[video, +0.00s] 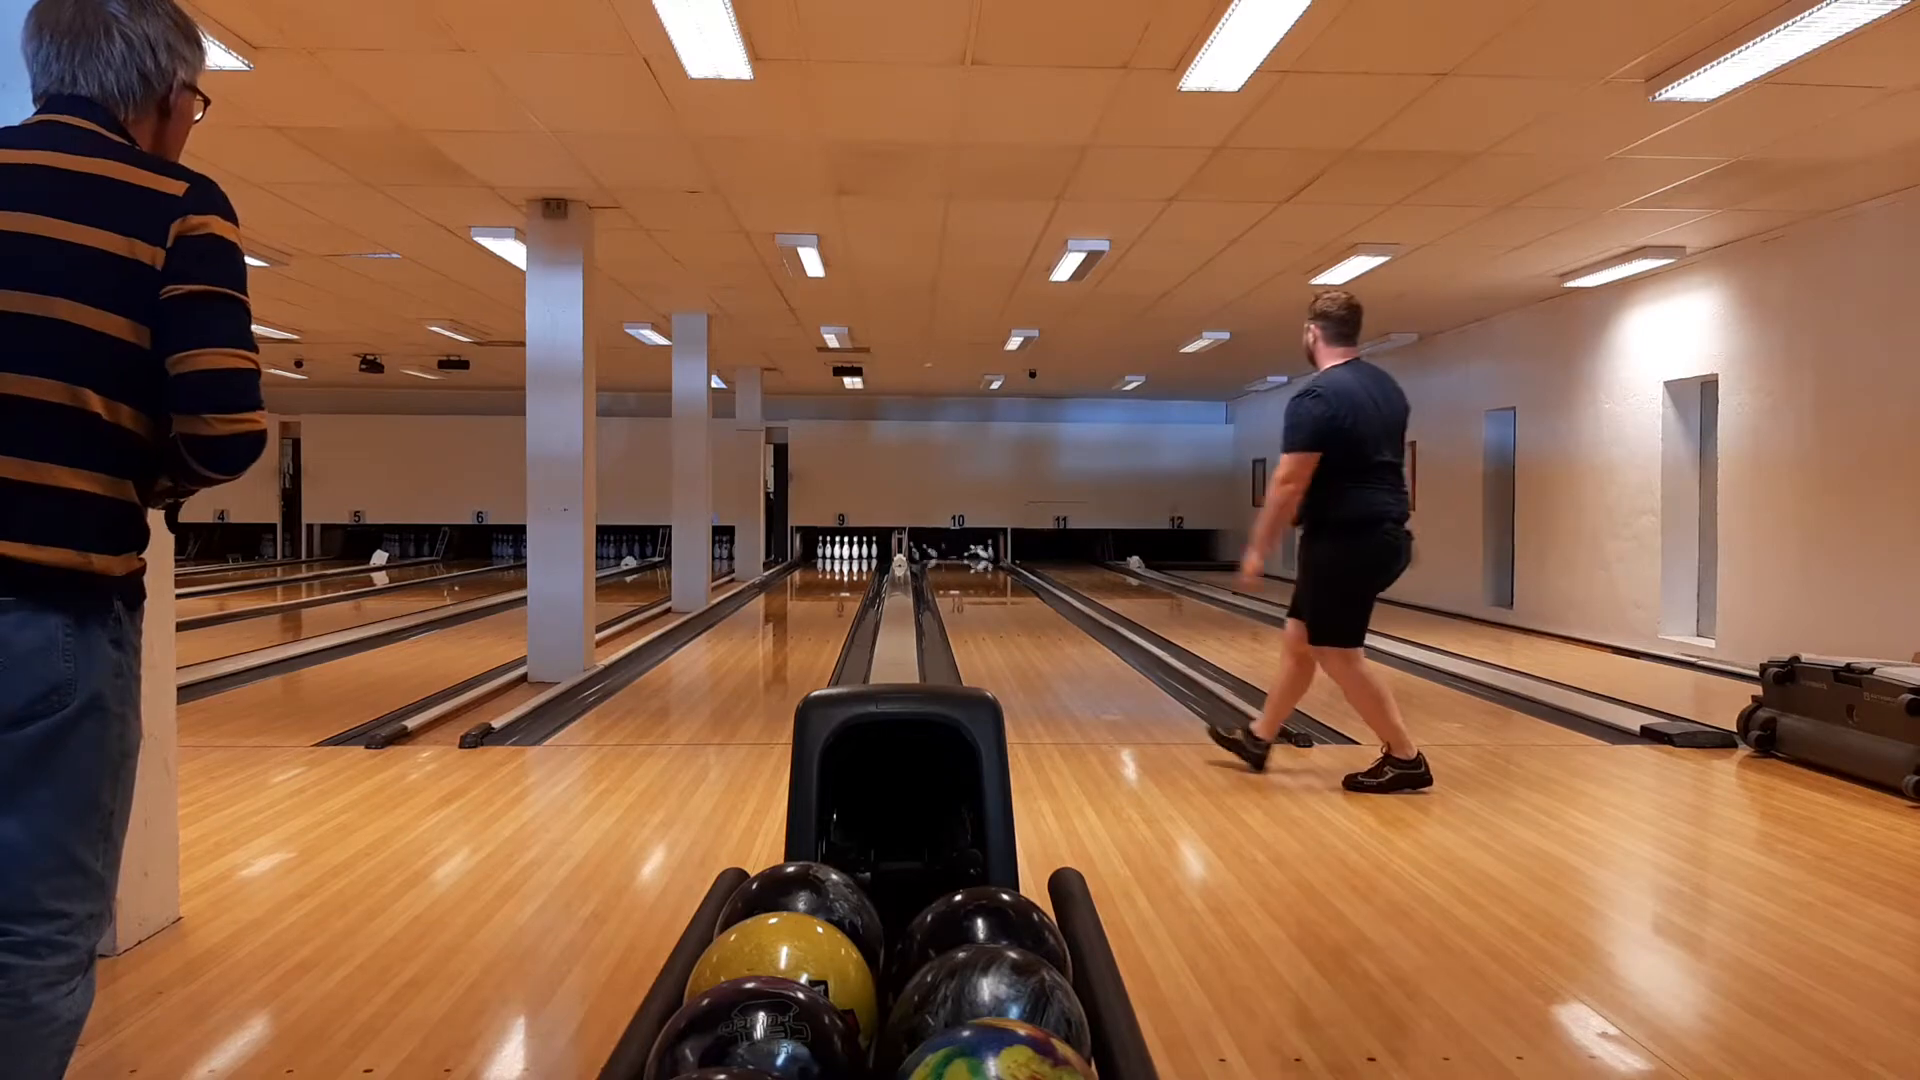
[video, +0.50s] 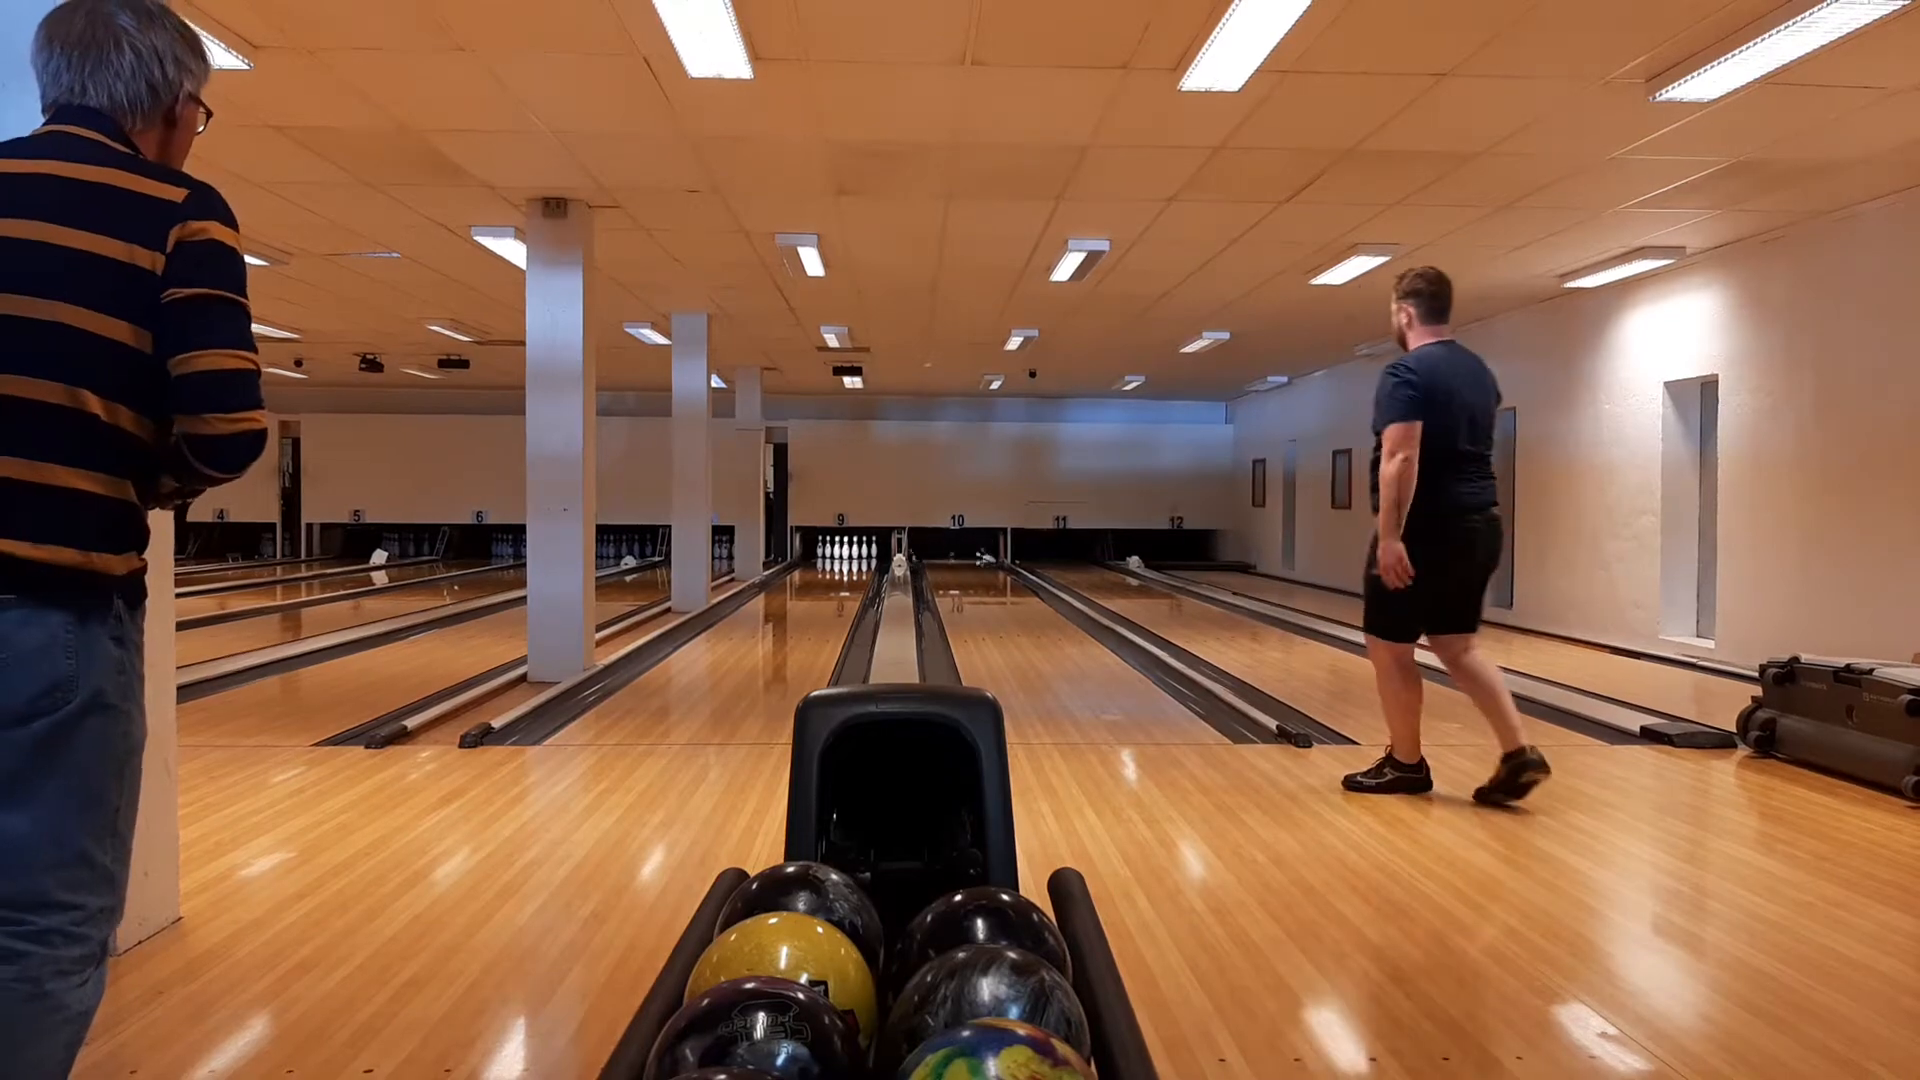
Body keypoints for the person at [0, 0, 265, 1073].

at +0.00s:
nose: (195, 124)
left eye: (196, 102)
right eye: (193, 100)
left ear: (50, 83)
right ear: (159, 99)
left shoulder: (0, 167)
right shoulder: (176, 203)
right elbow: (228, 430)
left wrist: (158, 467)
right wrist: (152, 477)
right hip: (53, 611)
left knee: (34, 925)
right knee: (42, 940)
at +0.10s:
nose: (194, 125)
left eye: (196, 104)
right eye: (194, 102)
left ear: (49, 84)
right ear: (163, 101)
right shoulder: (178, 205)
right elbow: (233, 434)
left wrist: (153, 462)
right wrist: (143, 469)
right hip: (54, 614)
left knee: (32, 926)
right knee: (40, 942)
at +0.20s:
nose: (195, 129)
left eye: (198, 110)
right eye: (197, 108)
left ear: (51, 86)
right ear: (167, 104)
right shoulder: (178, 205)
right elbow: (233, 436)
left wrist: (163, 459)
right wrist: (153, 467)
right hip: (53, 612)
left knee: (31, 924)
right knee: (39, 937)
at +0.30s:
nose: (195, 134)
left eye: (199, 115)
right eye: (198, 113)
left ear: (52, 90)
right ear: (167, 106)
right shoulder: (179, 207)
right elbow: (234, 433)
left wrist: (163, 458)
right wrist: (157, 465)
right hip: (53, 610)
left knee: (32, 924)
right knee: (39, 937)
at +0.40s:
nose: (195, 133)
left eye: (199, 116)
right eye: (198, 113)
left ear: (52, 92)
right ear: (169, 108)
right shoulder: (179, 208)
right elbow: (232, 433)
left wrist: (162, 459)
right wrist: (155, 467)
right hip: (53, 611)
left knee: (31, 924)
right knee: (39, 938)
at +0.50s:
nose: (196, 136)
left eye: (199, 117)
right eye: (198, 114)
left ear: (53, 95)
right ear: (170, 109)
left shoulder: (2, 175)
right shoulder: (180, 209)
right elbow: (229, 433)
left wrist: (162, 465)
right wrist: (159, 476)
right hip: (54, 613)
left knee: (35, 923)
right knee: (48, 937)